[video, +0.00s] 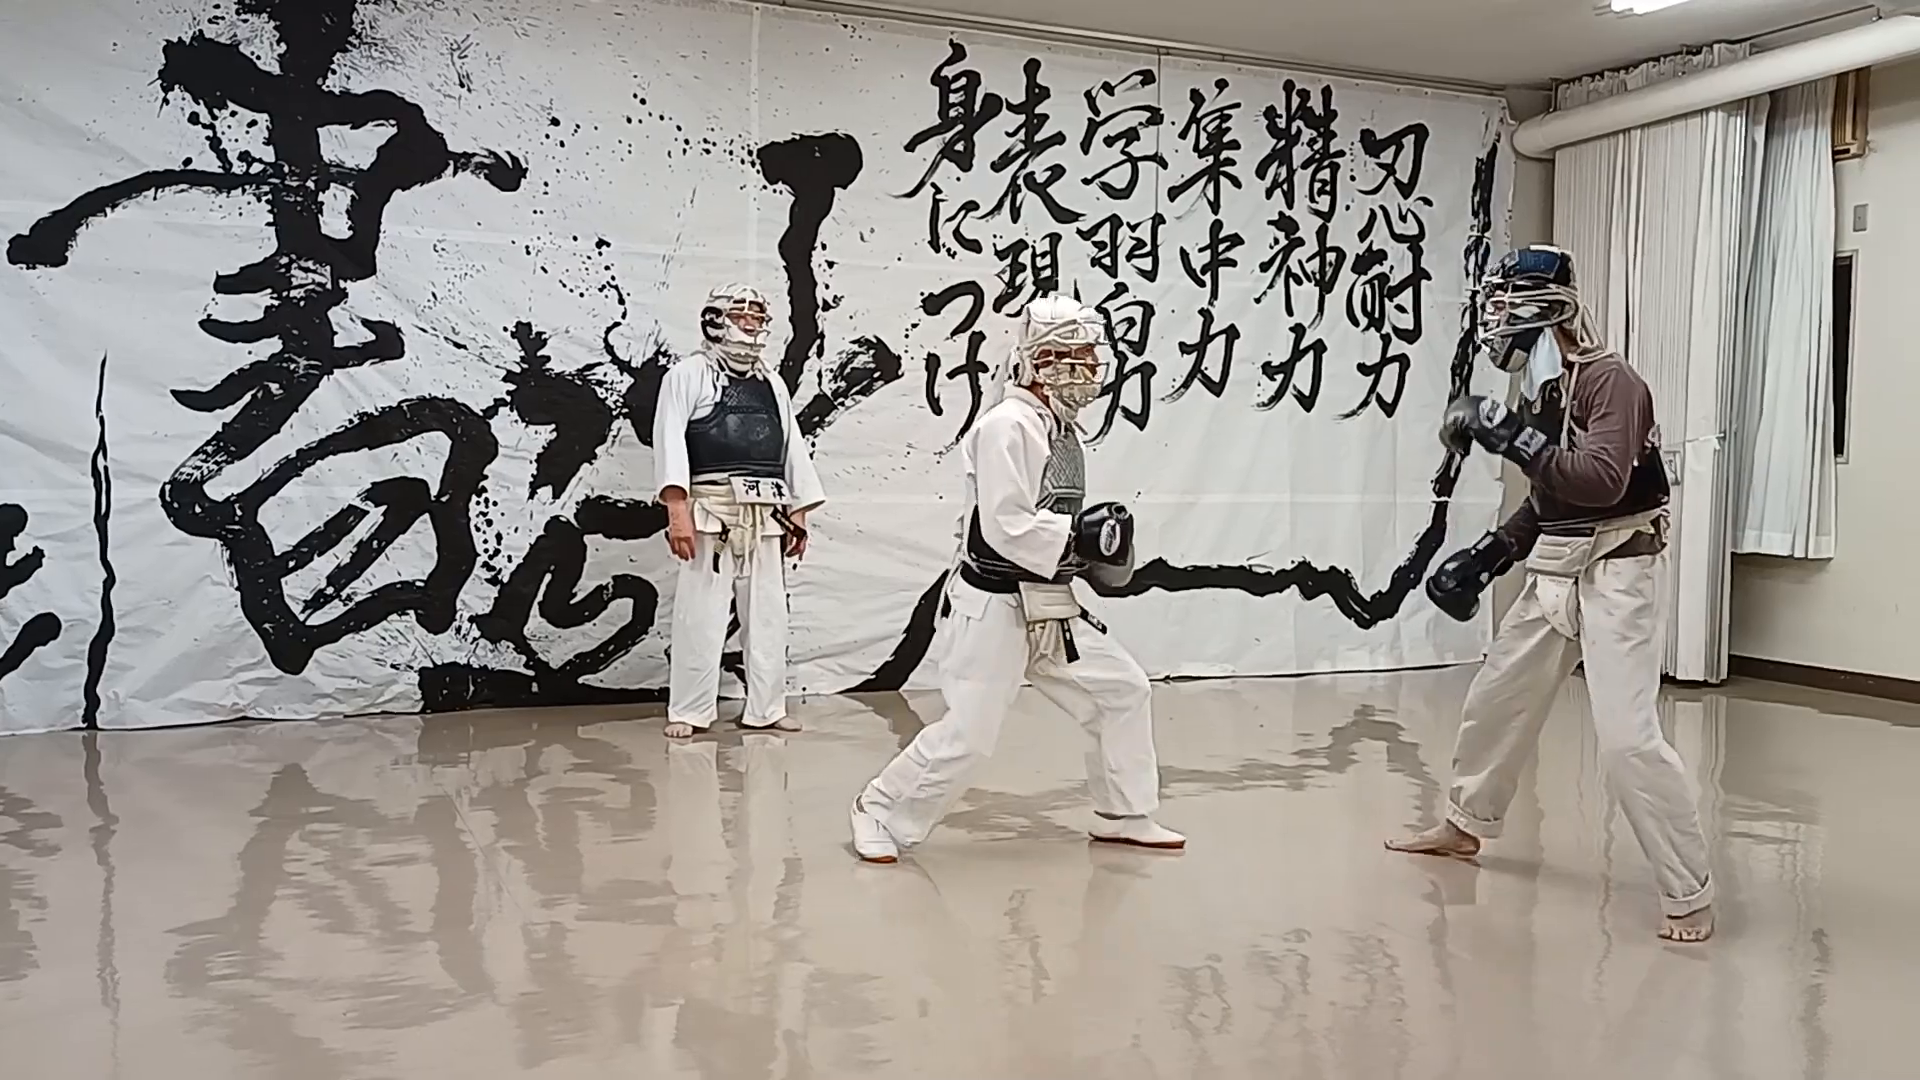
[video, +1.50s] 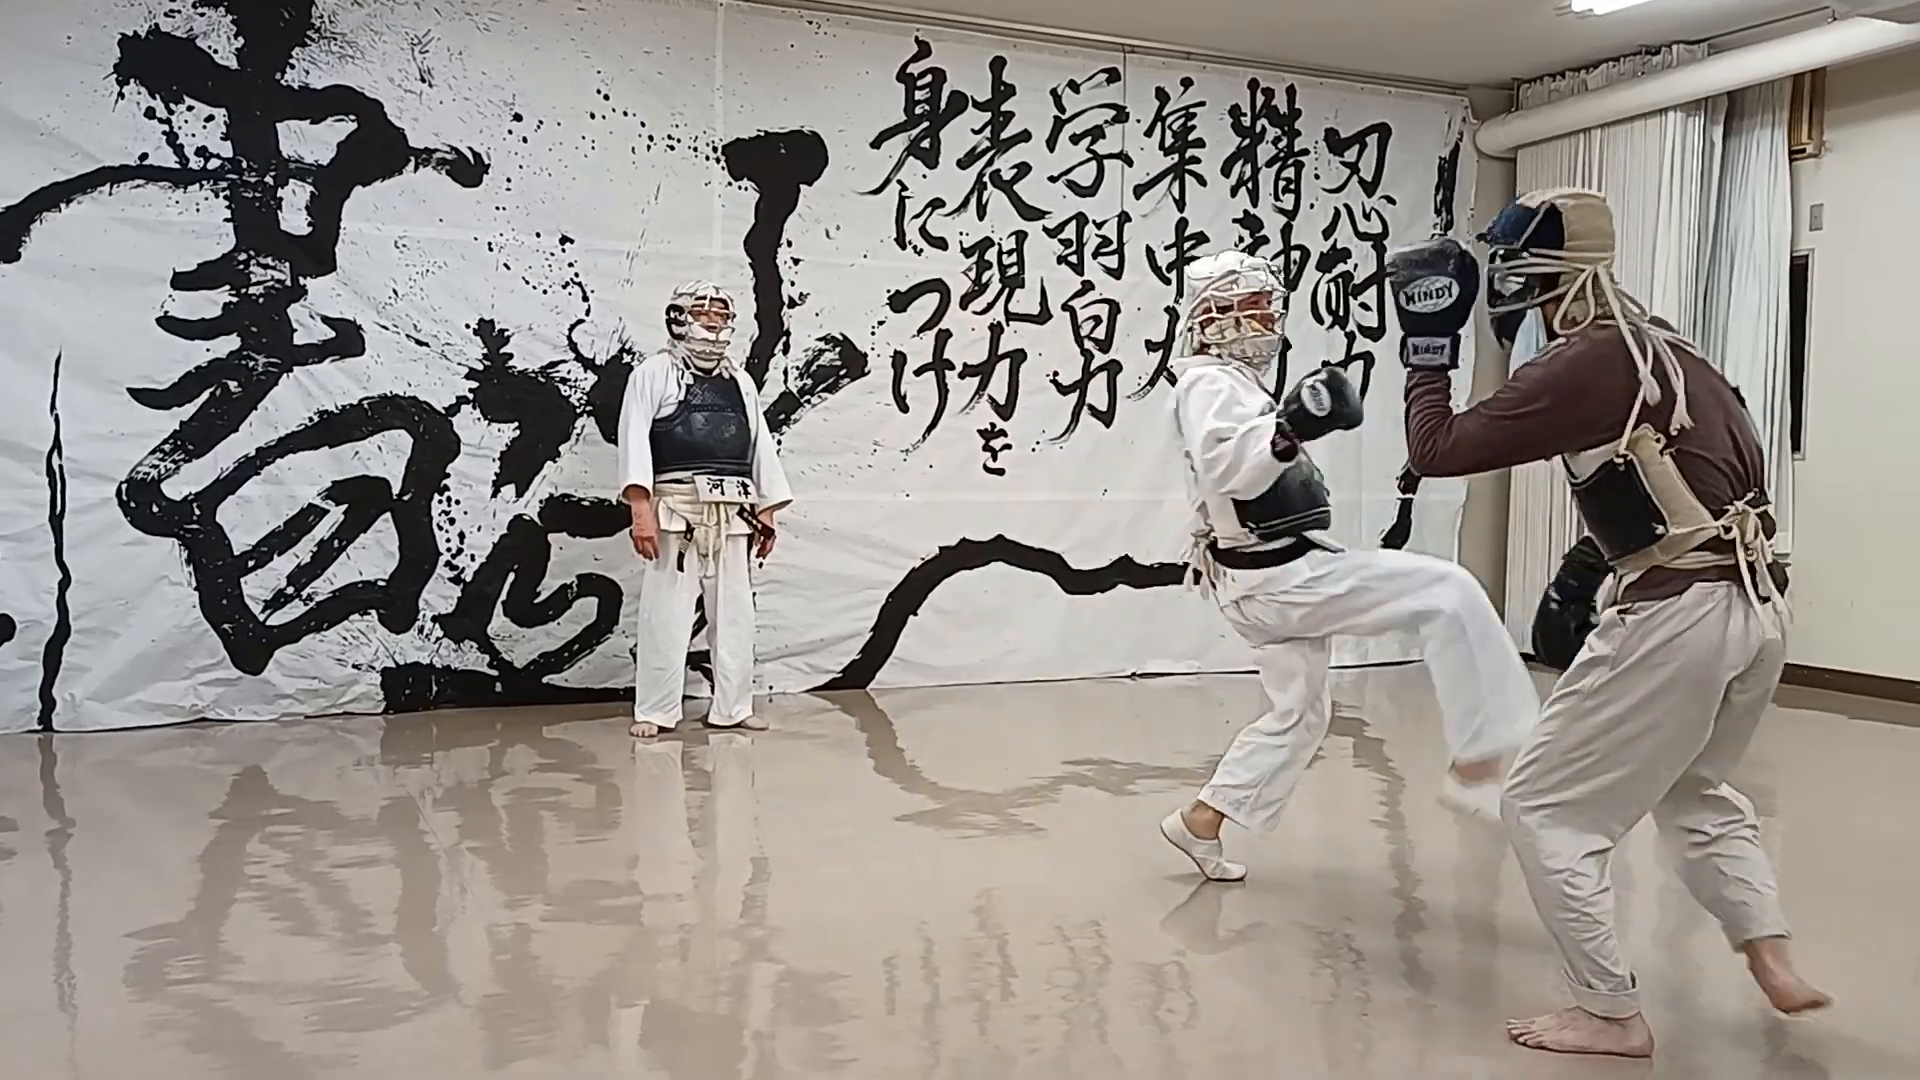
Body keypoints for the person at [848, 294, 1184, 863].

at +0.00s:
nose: (1089, 368)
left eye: (1092, 357)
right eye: (1077, 356)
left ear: (1092, 362)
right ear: (1042, 361)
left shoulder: (1058, 425)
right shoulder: (1009, 425)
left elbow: (1044, 514)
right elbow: (1004, 526)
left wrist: (1089, 546)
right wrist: (1080, 538)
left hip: (1044, 599)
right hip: (991, 602)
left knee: (1124, 687)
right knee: (969, 734)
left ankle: (1123, 816)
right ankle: (877, 813)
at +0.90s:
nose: (1106, 353)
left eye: (1115, 340)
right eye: (1089, 340)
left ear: (1126, 345)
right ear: (1057, 346)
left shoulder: (1121, 417)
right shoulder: (1021, 415)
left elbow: (1125, 496)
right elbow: (1021, 512)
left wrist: (1154, 521)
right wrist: (1102, 517)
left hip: (1097, 596)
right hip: (1023, 596)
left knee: (1181, 685)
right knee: (987, 720)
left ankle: (1184, 826)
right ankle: (929, 817)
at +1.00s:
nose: (1148, 345)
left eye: (1155, 332)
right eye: (1133, 332)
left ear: (1162, 337)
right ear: (1100, 340)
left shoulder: (1157, 413)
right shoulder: (1069, 405)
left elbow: (1173, 494)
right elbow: (1081, 491)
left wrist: (1220, 486)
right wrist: (1157, 474)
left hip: (1133, 591)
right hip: (1061, 590)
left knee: (1199, 700)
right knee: (1020, 728)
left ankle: (1193, 839)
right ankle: (934, 805)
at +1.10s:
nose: (1177, 332)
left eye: (1184, 321)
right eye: (1162, 319)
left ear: (1194, 328)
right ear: (1130, 324)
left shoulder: (1184, 400)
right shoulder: (1100, 384)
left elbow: (1248, 457)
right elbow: (1079, 475)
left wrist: (1290, 439)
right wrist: (1141, 494)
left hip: (1177, 567)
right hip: (1117, 568)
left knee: (1221, 698)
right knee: (1183, 696)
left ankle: (1194, 839)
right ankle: (1082, 760)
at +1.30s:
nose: (1218, 319)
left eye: (1223, 307)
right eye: (1204, 307)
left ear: (1228, 312)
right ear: (1166, 313)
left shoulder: (1220, 383)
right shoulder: (1139, 377)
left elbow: (1267, 435)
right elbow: (1101, 472)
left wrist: (1327, 435)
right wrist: (1156, 510)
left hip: (1244, 549)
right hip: (1212, 552)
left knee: (1263, 690)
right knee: (1352, 528)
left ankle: (1196, 819)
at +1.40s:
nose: (1237, 316)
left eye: (1240, 303)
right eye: (1222, 304)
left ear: (1244, 307)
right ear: (1184, 311)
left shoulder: (1223, 379)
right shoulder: (1171, 376)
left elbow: (1260, 451)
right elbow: (1159, 473)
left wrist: (1327, 472)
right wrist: (1230, 464)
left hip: (1259, 555)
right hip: (1240, 561)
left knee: (1290, 694)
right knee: (1398, 514)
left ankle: (1200, 818)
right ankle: (1556, 602)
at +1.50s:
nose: (1267, 322)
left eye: (1268, 310)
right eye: (1251, 310)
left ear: (1266, 317)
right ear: (1214, 319)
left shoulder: (1238, 383)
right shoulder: (1210, 383)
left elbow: (1244, 475)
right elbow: (1228, 469)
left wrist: (1295, 495)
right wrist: (1291, 428)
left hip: (1259, 580)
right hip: (1278, 575)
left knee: (1299, 713)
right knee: (1446, 589)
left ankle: (1203, 820)